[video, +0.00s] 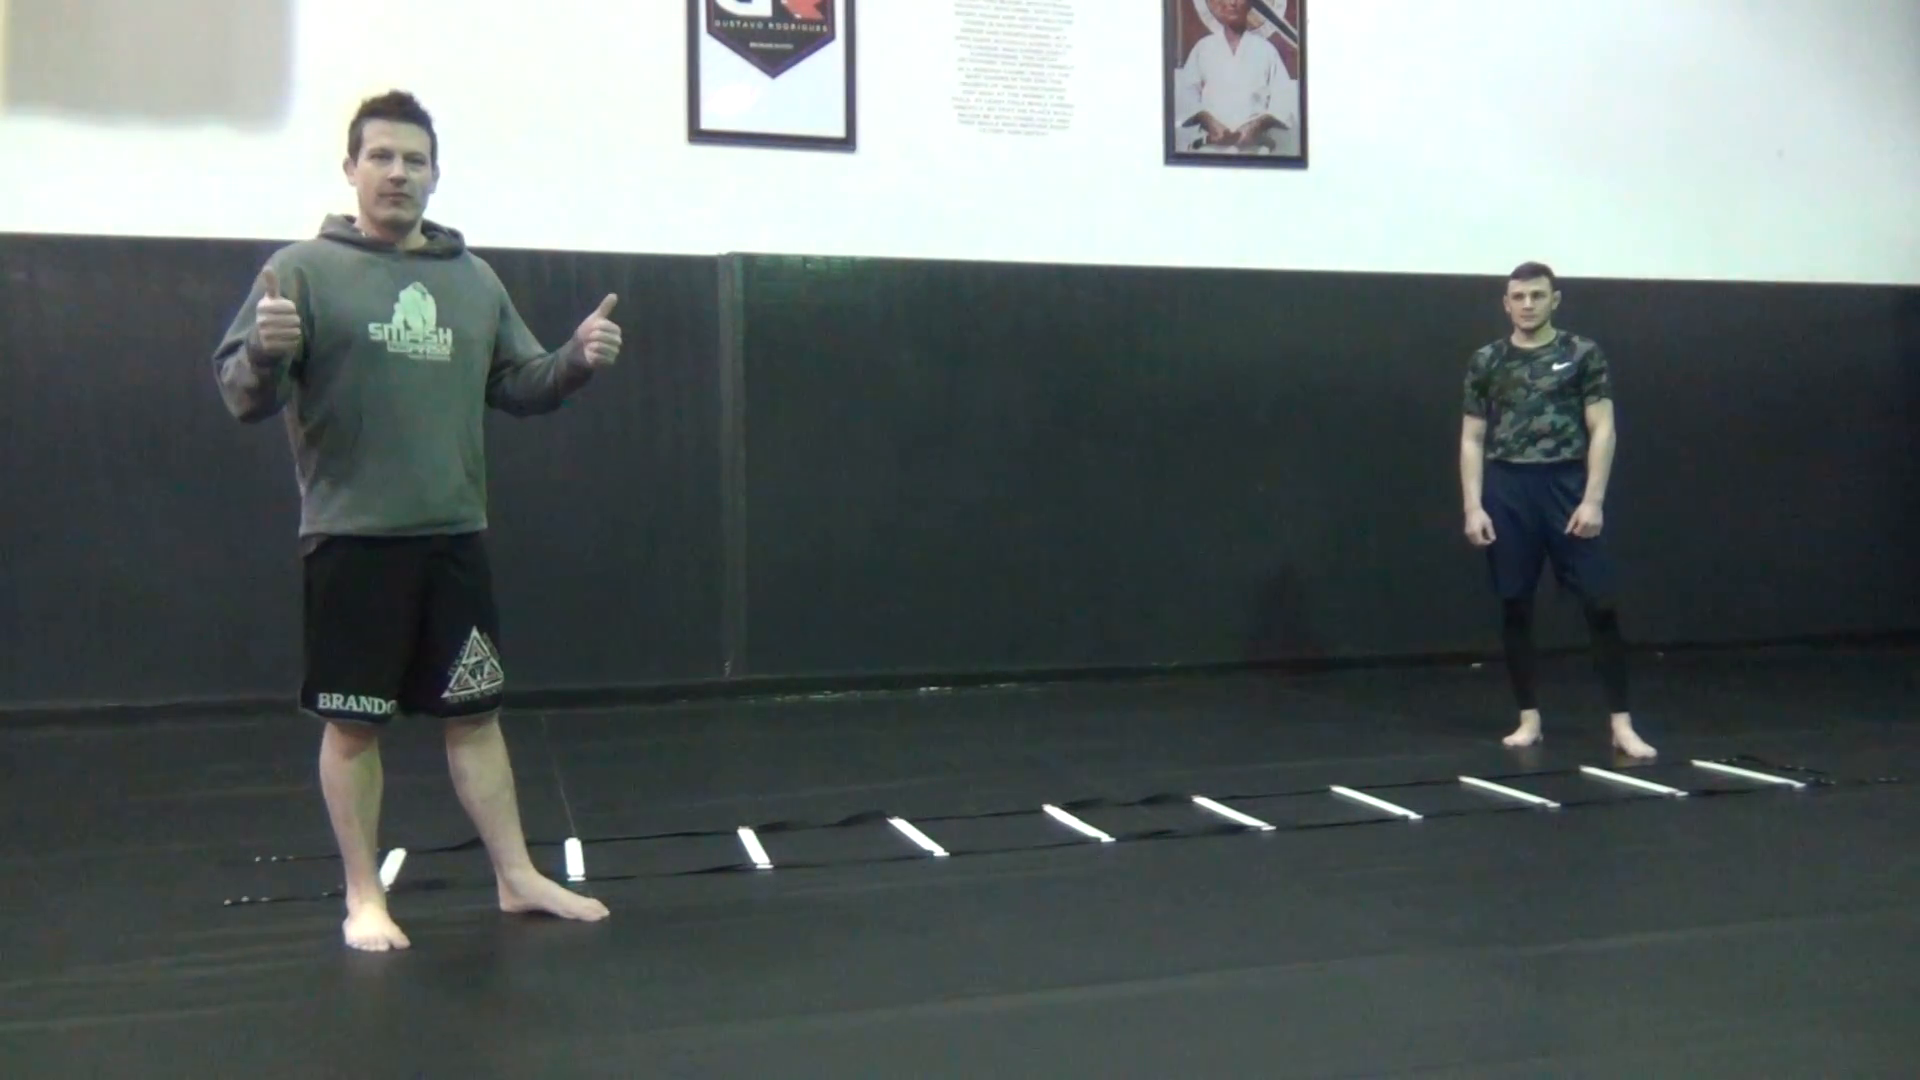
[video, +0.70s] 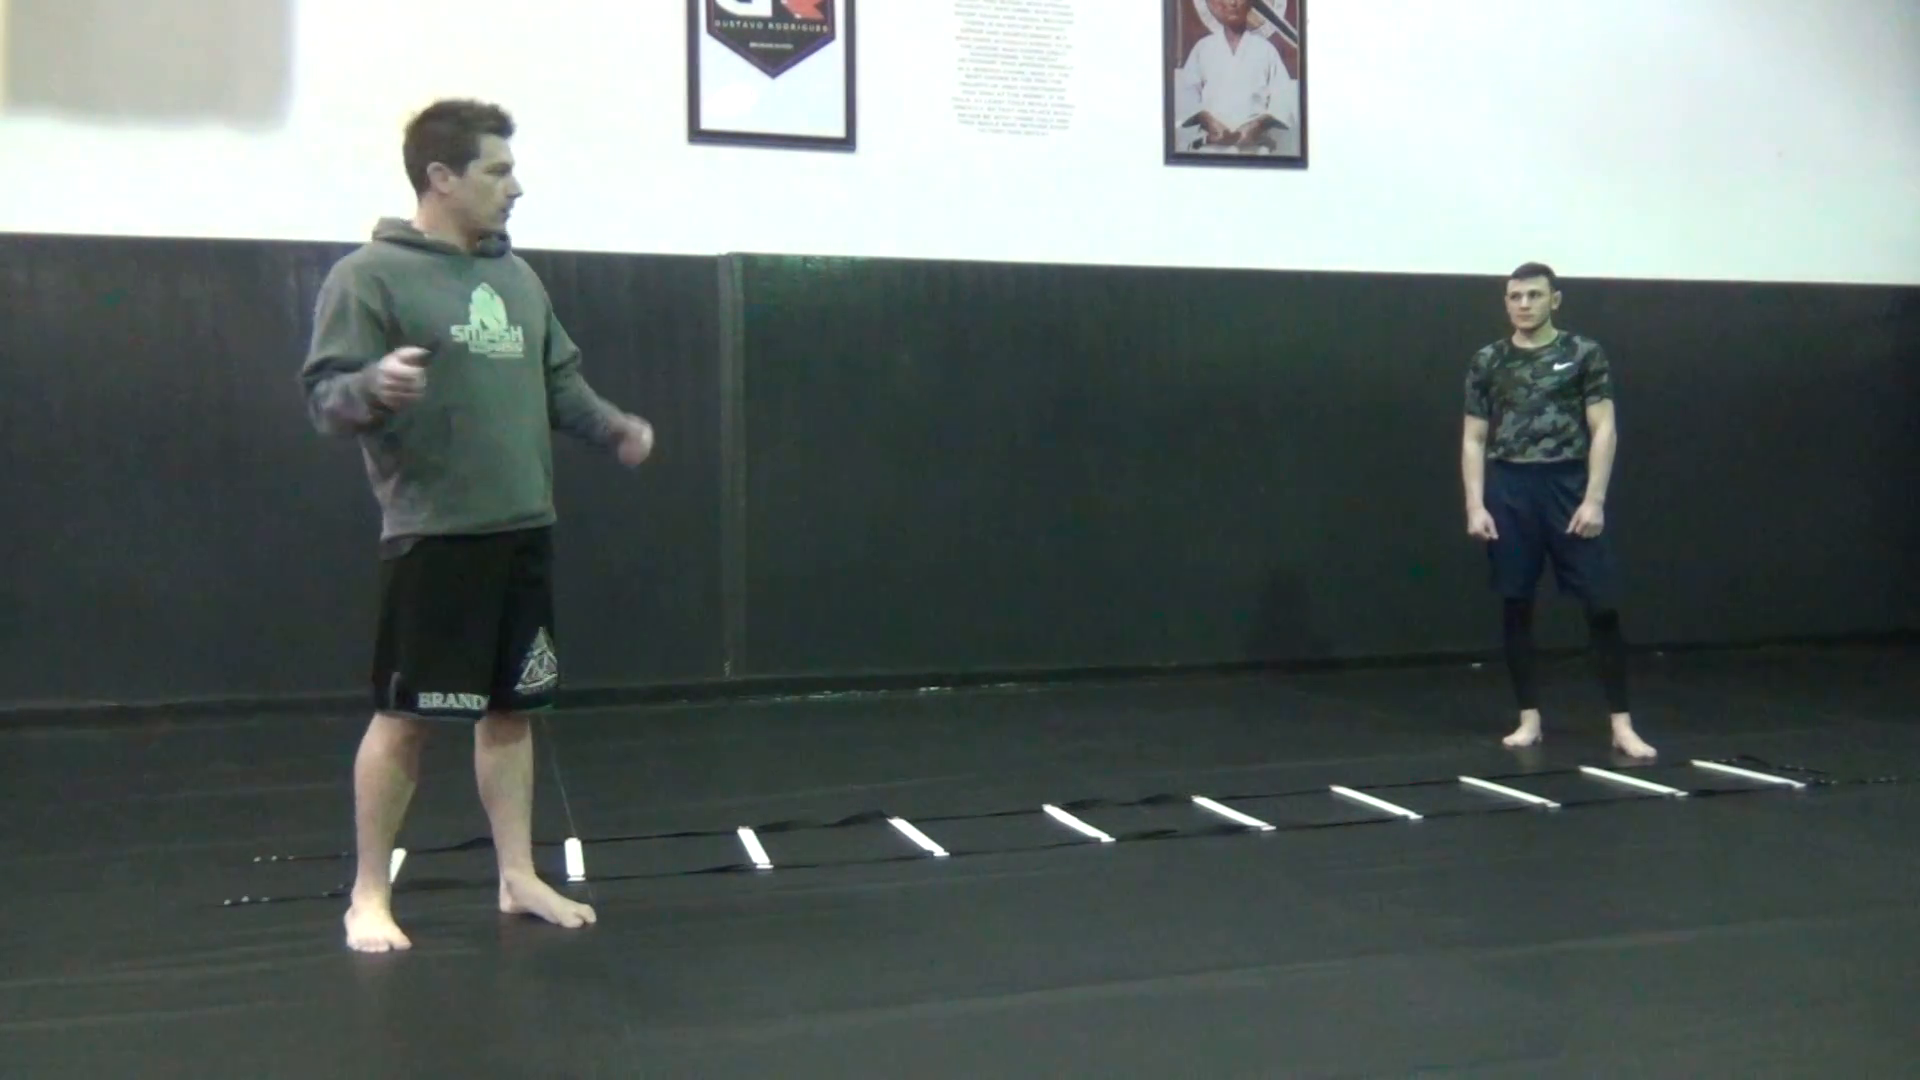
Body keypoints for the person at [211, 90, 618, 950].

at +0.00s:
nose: (396, 173)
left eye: (413, 160)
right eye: (380, 157)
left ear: (435, 174)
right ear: (350, 168)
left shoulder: (474, 279)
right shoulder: (301, 270)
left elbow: (519, 386)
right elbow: (242, 399)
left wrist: (573, 360)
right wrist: (261, 353)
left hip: (454, 530)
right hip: (350, 534)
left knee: (474, 711)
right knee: (352, 724)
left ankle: (518, 877)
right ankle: (364, 903)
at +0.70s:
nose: (514, 187)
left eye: (513, 172)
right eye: (498, 172)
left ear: (467, 179)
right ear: (439, 177)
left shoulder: (518, 278)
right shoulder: (367, 277)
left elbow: (562, 383)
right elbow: (325, 402)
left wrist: (611, 424)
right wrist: (371, 386)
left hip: (521, 527)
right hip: (430, 532)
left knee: (510, 711)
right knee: (404, 719)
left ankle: (519, 878)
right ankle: (369, 899)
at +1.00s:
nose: (538, 195)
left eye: (536, 180)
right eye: (524, 181)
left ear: (485, 186)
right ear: (469, 185)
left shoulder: (524, 274)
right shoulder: (405, 275)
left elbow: (549, 405)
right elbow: (470, 368)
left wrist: (568, 505)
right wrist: (580, 326)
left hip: (537, 523)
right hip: (460, 527)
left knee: (516, 712)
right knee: (421, 713)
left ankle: (519, 880)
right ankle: (367, 893)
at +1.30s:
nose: (539, 189)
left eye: (541, 174)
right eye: (523, 172)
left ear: (524, 181)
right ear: (466, 174)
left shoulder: (535, 275)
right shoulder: (424, 274)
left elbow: (567, 405)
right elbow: (503, 365)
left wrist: (601, 504)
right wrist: (604, 319)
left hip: (548, 524)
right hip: (472, 524)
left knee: (522, 712)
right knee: (429, 710)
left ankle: (519, 880)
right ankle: (368, 888)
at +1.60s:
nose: (528, 183)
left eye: (542, 169)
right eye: (510, 166)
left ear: (557, 182)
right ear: (476, 175)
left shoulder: (568, 281)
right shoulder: (436, 272)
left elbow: (591, 407)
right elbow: (423, 393)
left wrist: (620, 503)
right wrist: (564, 425)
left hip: (554, 525)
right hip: (472, 522)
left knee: (527, 708)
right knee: (434, 706)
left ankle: (520, 880)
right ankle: (373, 886)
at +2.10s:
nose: (536, 187)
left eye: (552, 175)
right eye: (521, 169)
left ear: (568, 189)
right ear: (488, 173)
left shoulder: (573, 297)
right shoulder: (423, 264)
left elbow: (597, 427)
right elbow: (352, 382)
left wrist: (640, 522)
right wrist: (318, 496)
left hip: (512, 536)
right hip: (416, 526)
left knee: (506, 711)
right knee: (363, 695)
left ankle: (518, 881)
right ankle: (269, 874)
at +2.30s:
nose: (467, 180)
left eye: (485, 167)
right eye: (451, 162)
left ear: (501, 180)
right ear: (418, 170)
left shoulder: (523, 290)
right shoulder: (362, 268)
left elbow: (558, 422)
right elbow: (310, 398)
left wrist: (602, 514)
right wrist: (330, 504)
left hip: (480, 542)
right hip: (380, 536)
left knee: (493, 715)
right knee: (308, 710)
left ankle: (518, 885)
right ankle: (201, 896)